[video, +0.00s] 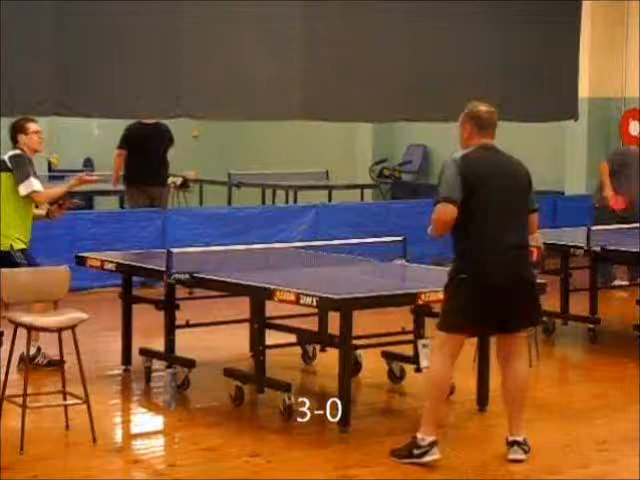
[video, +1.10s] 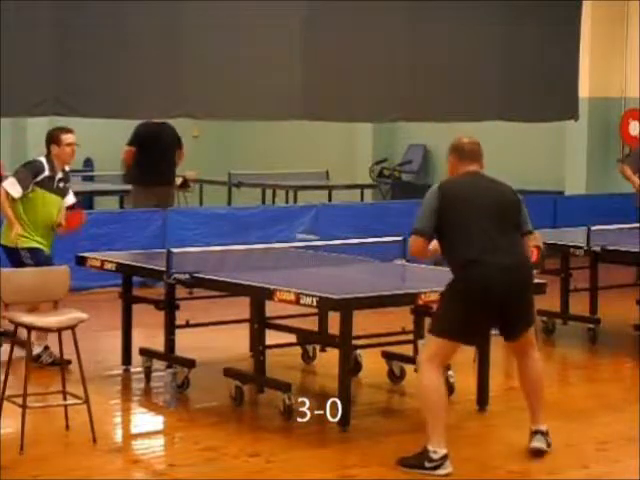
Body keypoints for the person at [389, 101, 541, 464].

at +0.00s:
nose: (458, 135)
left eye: (459, 128)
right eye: (460, 128)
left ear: (466, 128)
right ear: (494, 131)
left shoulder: (459, 165)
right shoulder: (518, 168)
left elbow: (447, 214)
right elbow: (532, 223)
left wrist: (436, 229)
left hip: (472, 277)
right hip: (515, 277)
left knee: (444, 354)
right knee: (513, 355)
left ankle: (426, 438)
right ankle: (517, 438)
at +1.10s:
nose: (449, 170)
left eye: (448, 165)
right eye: (451, 166)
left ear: (451, 163)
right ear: (482, 163)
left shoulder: (442, 191)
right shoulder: (507, 191)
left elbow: (417, 249)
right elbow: (532, 246)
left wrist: (436, 248)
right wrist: (503, 246)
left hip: (472, 282)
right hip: (516, 280)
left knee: (431, 362)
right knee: (527, 350)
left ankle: (435, 451)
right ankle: (539, 430)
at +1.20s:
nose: (466, 172)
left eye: (464, 166)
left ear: (465, 166)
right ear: (496, 168)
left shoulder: (448, 194)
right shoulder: (515, 199)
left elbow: (413, 244)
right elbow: (540, 255)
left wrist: (433, 253)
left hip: (468, 290)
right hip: (515, 289)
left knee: (427, 365)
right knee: (533, 349)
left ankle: (435, 451)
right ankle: (552, 420)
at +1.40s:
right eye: (530, 175)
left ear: (499, 173)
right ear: (530, 175)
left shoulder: (482, 197)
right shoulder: (542, 209)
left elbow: (442, 227)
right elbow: (561, 263)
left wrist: (440, 260)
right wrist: (575, 276)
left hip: (488, 293)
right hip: (535, 293)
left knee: (449, 362)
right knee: (550, 354)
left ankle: (434, 448)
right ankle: (561, 421)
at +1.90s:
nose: (509, 159)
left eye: (510, 153)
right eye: (512, 153)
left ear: (514, 153)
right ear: (542, 153)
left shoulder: (518, 182)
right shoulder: (560, 185)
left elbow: (498, 224)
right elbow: (564, 231)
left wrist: (478, 256)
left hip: (535, 275)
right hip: (571, 274)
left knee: (501, 349)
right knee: (563, 344)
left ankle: (491, 440)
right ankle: (568, 420)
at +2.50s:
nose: (478, 187)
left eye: (478, 182)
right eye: (481, 182)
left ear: (482, 181)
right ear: (512, 181)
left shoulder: (482, 214)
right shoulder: (539, 212)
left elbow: (467, 265)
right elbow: (572, 264)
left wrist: (445, 292)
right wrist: (557, 293)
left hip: (511, 309)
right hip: (556, 304)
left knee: (458, 373)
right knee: (560, 361)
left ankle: (468, 461)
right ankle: (587, 437)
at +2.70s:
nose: (503, 167)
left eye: (473, 166)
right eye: (504, 161)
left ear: (472, 166)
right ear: (504, 162)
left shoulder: (458, 202)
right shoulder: (529, 196)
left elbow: (439, 257)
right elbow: (558, 258)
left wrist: (447, 290)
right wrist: (529, 262)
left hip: (487, 305)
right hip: (534, 303)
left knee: (444, 378)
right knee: (558, 371)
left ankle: (462, 459)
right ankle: (588, 439)